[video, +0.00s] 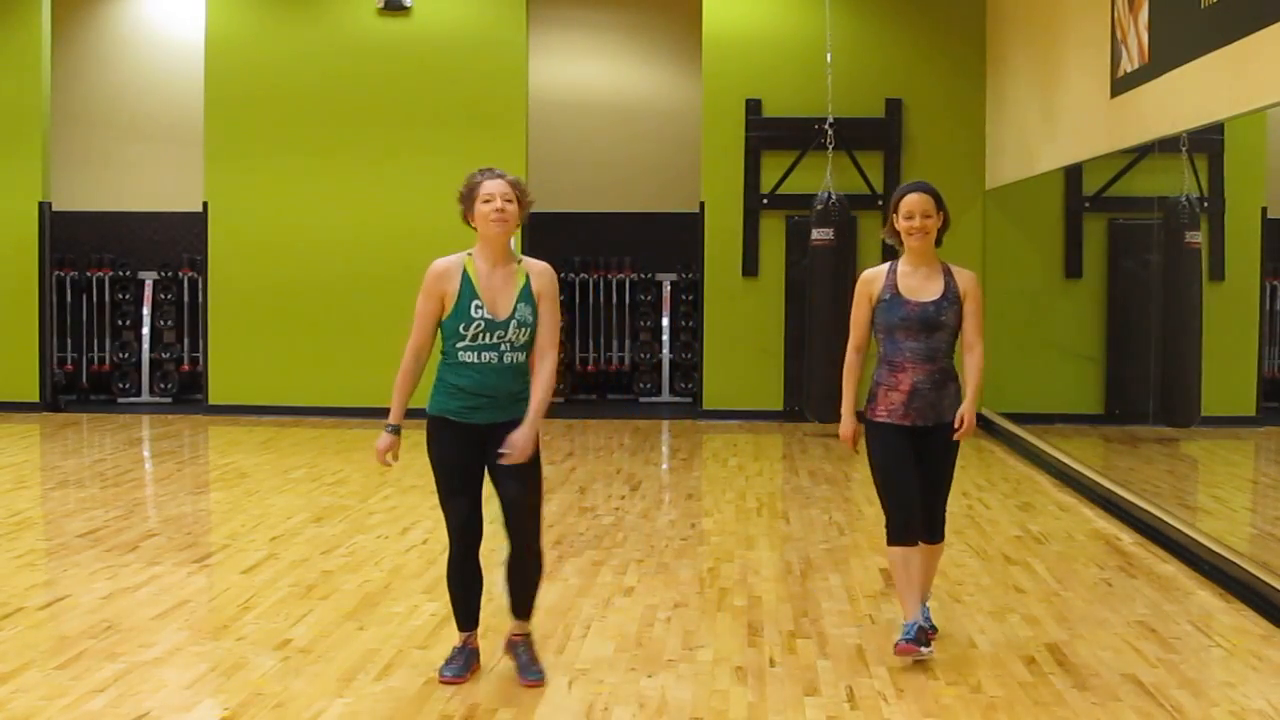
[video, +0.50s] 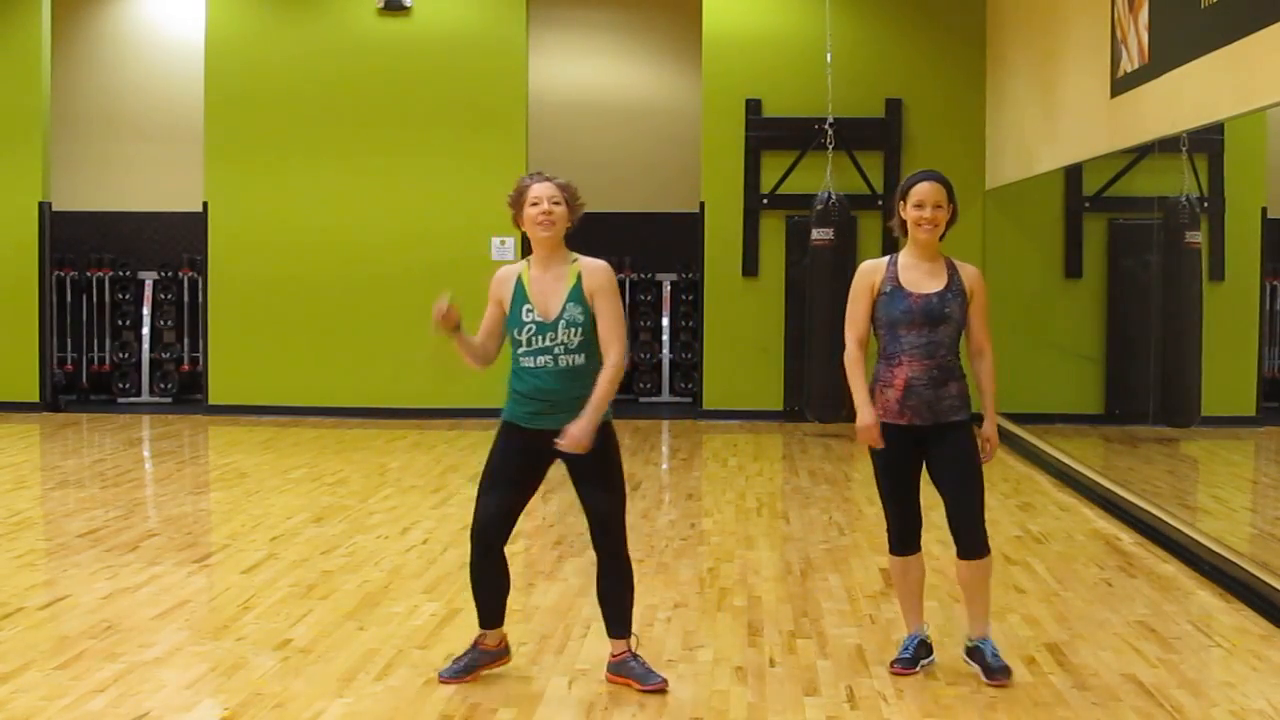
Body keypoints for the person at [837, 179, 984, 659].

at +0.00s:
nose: (918, 223)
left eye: (926, 215)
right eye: (909, 216)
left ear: (941, 221)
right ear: (895, 223)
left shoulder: (963, 282)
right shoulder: (873, 280)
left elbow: (972, 347)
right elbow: (855, 349)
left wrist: (970, 400)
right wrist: (847, 411)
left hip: (941, 415)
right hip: (886, 414)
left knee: (932, 515)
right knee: (903, 515)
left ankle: (921, 604)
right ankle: (911, 620)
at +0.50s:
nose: (928, 214)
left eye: (937, 207)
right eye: (918, 205)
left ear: (949, 215)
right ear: (902, 211)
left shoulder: (967, 277)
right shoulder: (873, 273)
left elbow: (980, 351)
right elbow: (854, 347)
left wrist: (989, 416)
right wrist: (864, 409)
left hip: (951, 422)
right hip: (891, 424)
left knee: (972, 532)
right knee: (903, 534)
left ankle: (979, 639)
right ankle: (916, 636)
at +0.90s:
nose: (955, 212)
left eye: (964, 204)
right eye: (944, 204)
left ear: (978, 215)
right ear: (927, 215)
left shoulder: (1000, 280)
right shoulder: (902, 283)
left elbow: (1018, 356)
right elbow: (886, 358)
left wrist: (1027, 426)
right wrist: (892, 426)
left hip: (993, 430)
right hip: (927, 431)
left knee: (1012, 546)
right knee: (916, 541)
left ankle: (1025, 660)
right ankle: (915, 633)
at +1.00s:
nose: (961, 209)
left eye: (970, 200)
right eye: (951, 201)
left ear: (986, 212)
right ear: (935, 215)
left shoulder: (1012, 276)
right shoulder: (913, 284)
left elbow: (1032, 352)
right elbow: (900, 361)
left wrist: (1040, 421)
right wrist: (899, 430)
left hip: (1004, 432)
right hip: (936, 432)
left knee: (1020, 548)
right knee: (906, 542)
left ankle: (1027, 661)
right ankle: (909, 623)